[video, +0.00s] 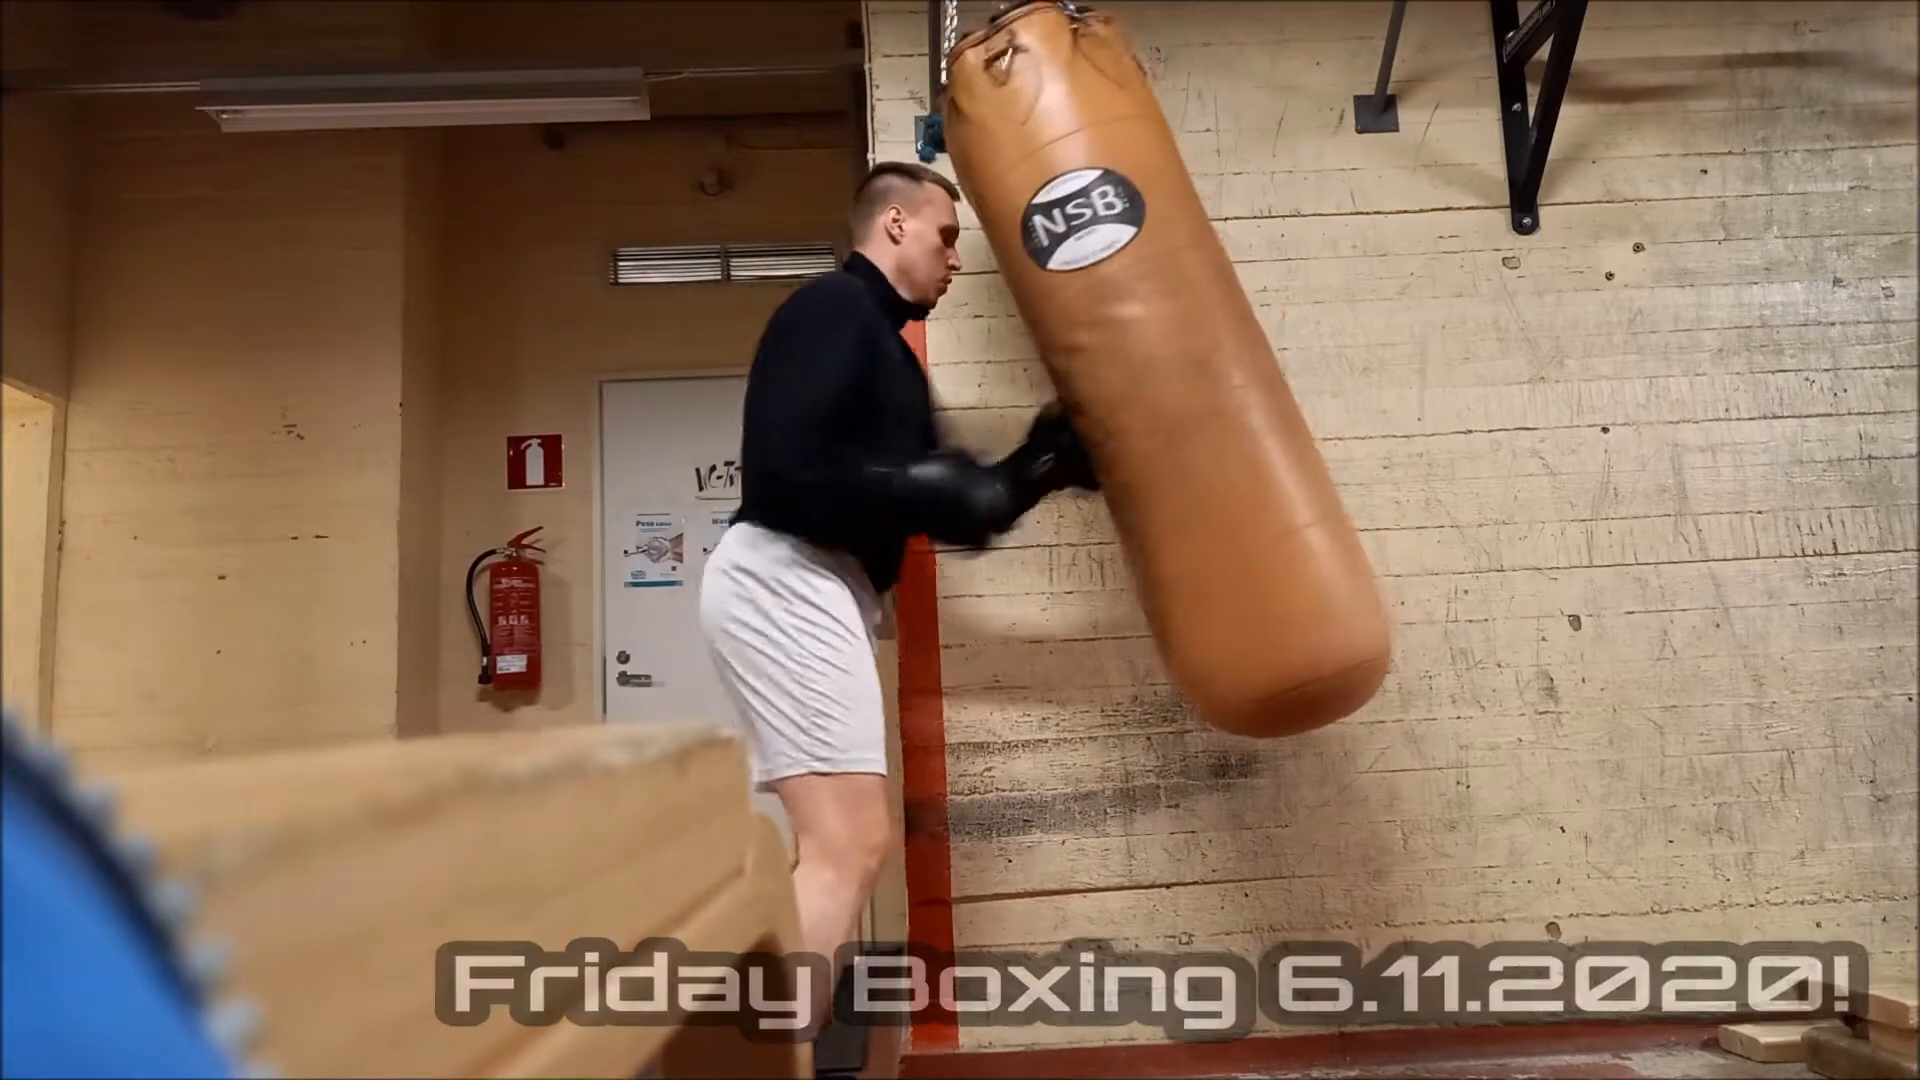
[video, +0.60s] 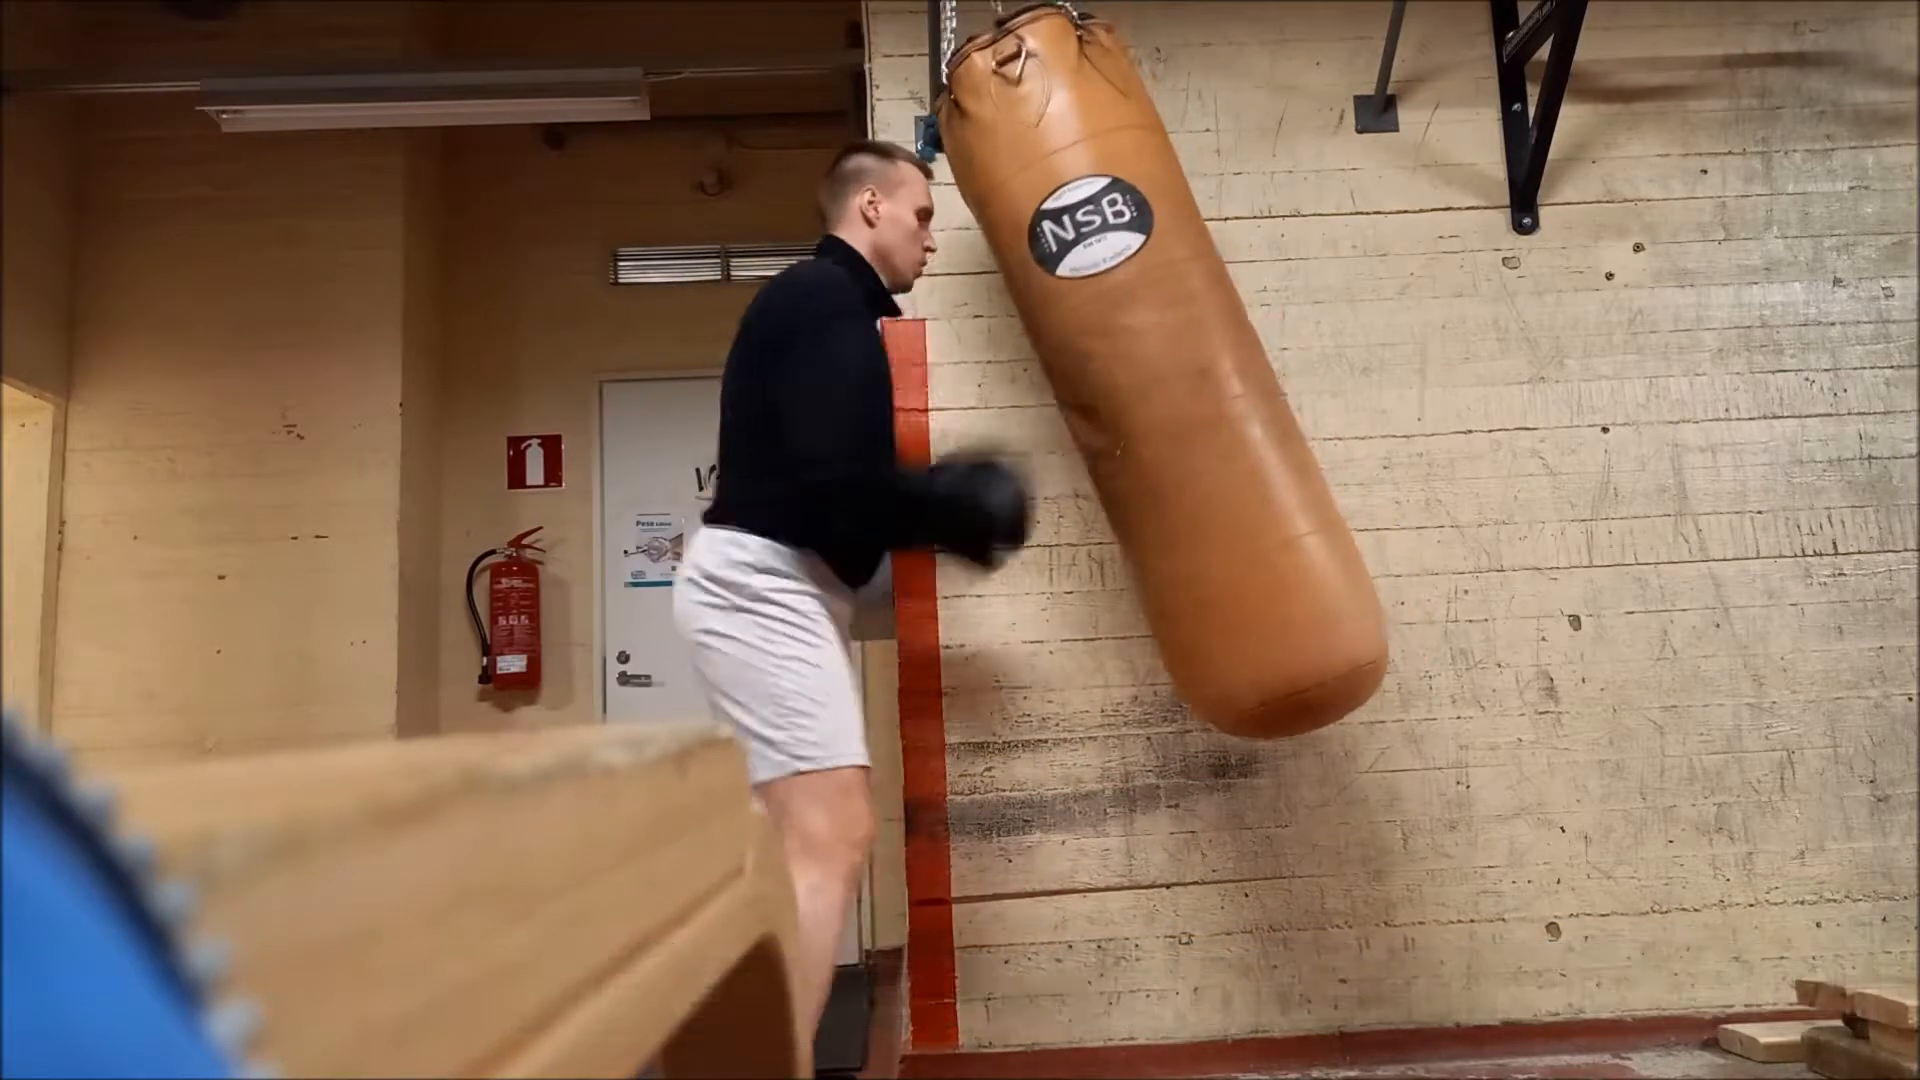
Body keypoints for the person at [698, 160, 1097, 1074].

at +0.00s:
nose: (956, 258)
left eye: (958, 240)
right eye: (946, 235)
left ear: (895, 230)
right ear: (893, 225)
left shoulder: (887, 346)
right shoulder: (832, 309)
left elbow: (931, 494)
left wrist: (1027, 471)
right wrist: (945, 497)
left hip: (819, 587)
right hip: (783, 578)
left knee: (843, 837)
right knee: (848, 835)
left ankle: (791, 1053)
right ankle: (784, 1059)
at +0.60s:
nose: (933, 239)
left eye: (932, 219)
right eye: (923, 217)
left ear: (865, 213)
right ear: (870, 207)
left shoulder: (832, 304)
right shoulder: (820, 303)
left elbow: (839, 484)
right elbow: (833, 479)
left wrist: (944, 499)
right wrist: (955, 503)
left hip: (790, 583)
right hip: (759, 581)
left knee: (785, 834)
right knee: (830, 836)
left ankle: (744, 1052)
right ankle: (778, 1060)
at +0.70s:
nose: (943, 240)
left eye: (943, 223)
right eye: (933, 220)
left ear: (886, 220)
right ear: (880, 214)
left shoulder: (905, 361)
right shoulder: (788, 302)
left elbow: (949, 486)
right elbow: (679, 443)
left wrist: (1026, 460)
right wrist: (730, 547)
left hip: (813, 604)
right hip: (742, 588)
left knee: (796, 827)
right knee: (812, 825)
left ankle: (747, 1048)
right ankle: (780, 1057)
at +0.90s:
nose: (920, 257)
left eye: (920, 238)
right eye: (914, 237)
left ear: (849, 238)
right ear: (867, 234)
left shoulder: (788, 328)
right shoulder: (820, 337)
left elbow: (889, 502)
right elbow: (899, 505)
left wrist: (979, 479)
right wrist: (985, 481)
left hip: (682, 585)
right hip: (749, 589)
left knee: (745, 837)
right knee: (832, 843)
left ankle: (699, 1051)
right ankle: (773, 1059)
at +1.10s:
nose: (914, 252)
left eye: (915, 234)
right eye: (907, 230)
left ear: (852, 224)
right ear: (858, 220)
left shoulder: (789, 315)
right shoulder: (816, 323)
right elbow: (839, 499)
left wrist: (931, 515)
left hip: (704, 589)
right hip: (739, 596)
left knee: (727, 847)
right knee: (812, 839)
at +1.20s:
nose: (923, 261)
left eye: (924, 242)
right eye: (915, 239)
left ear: (865, 234)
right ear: (865, 230)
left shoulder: (859, 354)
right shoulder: (770, 319)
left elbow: (854, 496)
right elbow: (670, 466)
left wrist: (965, 489)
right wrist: (712, 558)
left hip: (777, 605)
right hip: (726, 601)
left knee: (753, 838)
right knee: (811, 840)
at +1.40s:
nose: (916, 265)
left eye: (918, 246)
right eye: (908, 244)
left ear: (842, 240)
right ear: (858, 237)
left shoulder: (773, 315)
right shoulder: (833, 325)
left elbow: (821, 491)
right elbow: (829, 507)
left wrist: (926, 488)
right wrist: (938, 524)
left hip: (678, 580)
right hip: (744, 585)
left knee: (719, 843)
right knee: (835, 849)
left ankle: (689, 1047)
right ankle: (772, 1059)